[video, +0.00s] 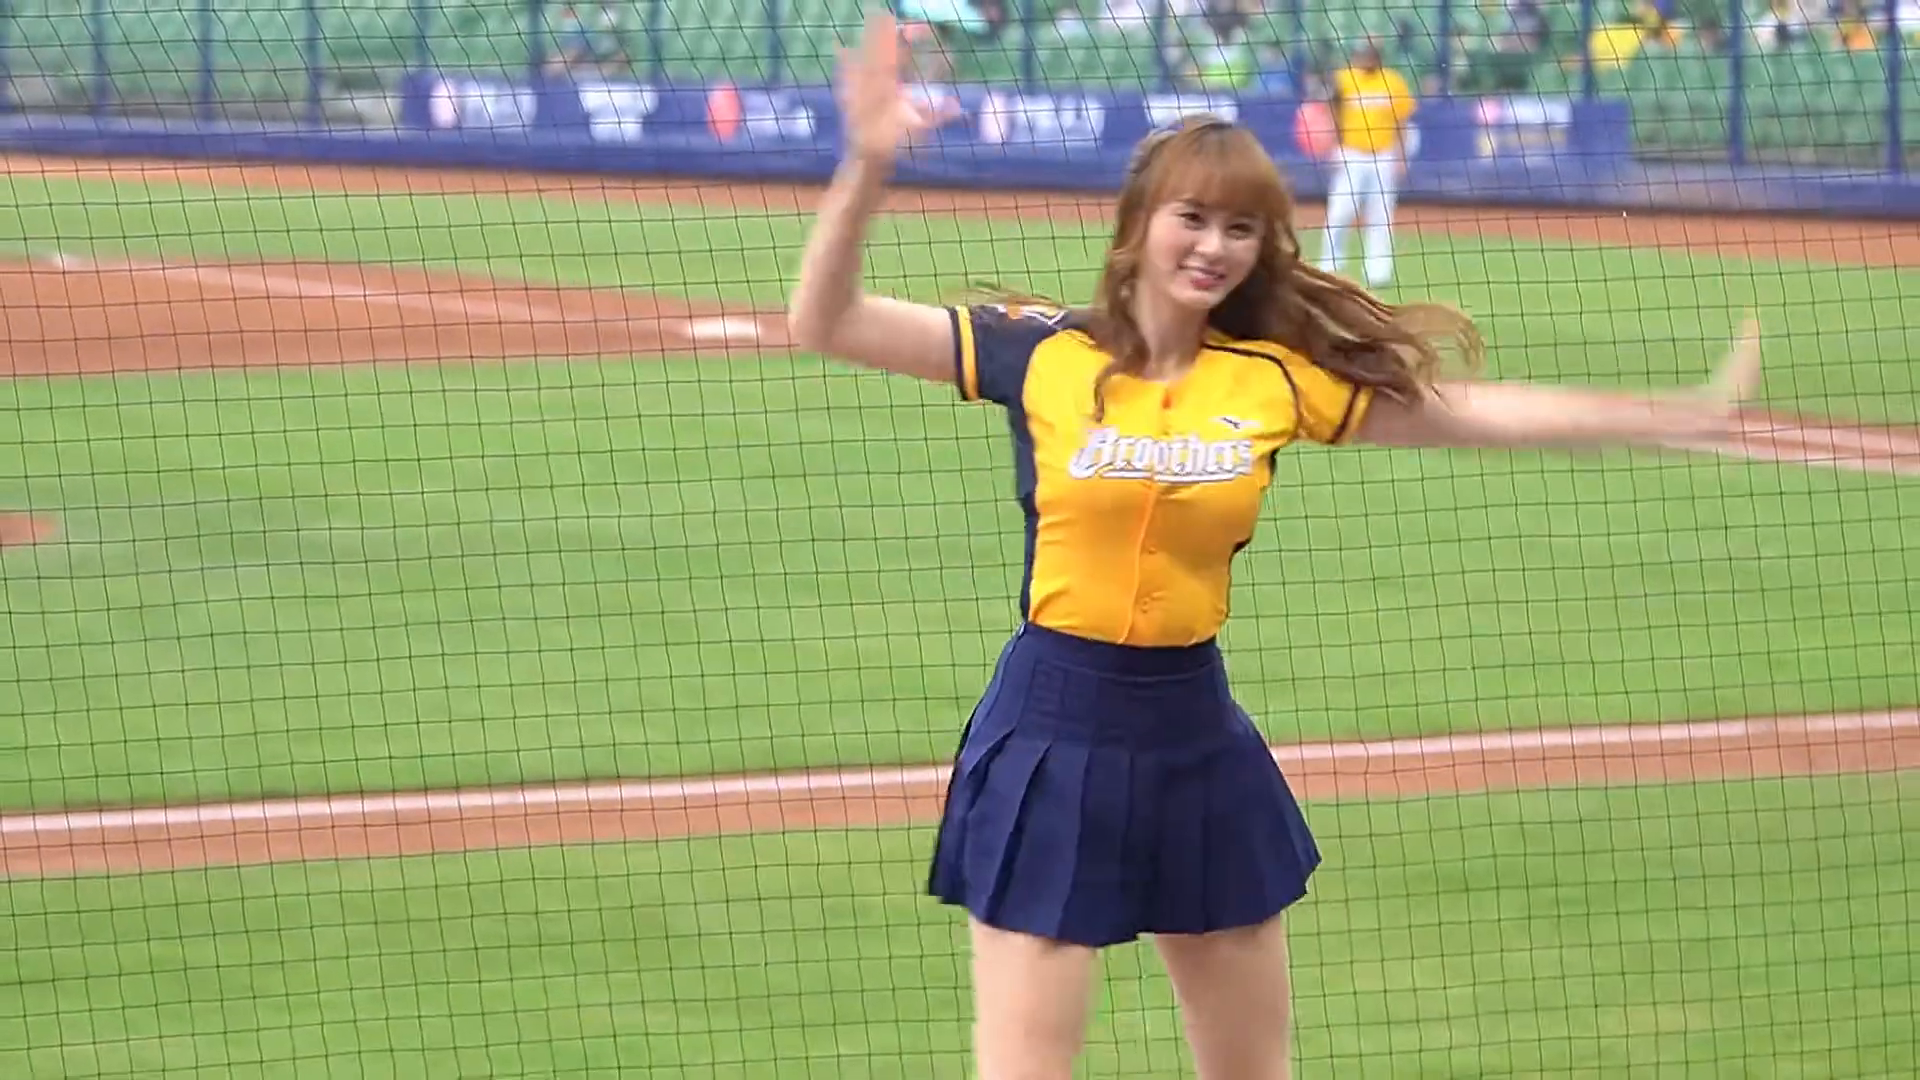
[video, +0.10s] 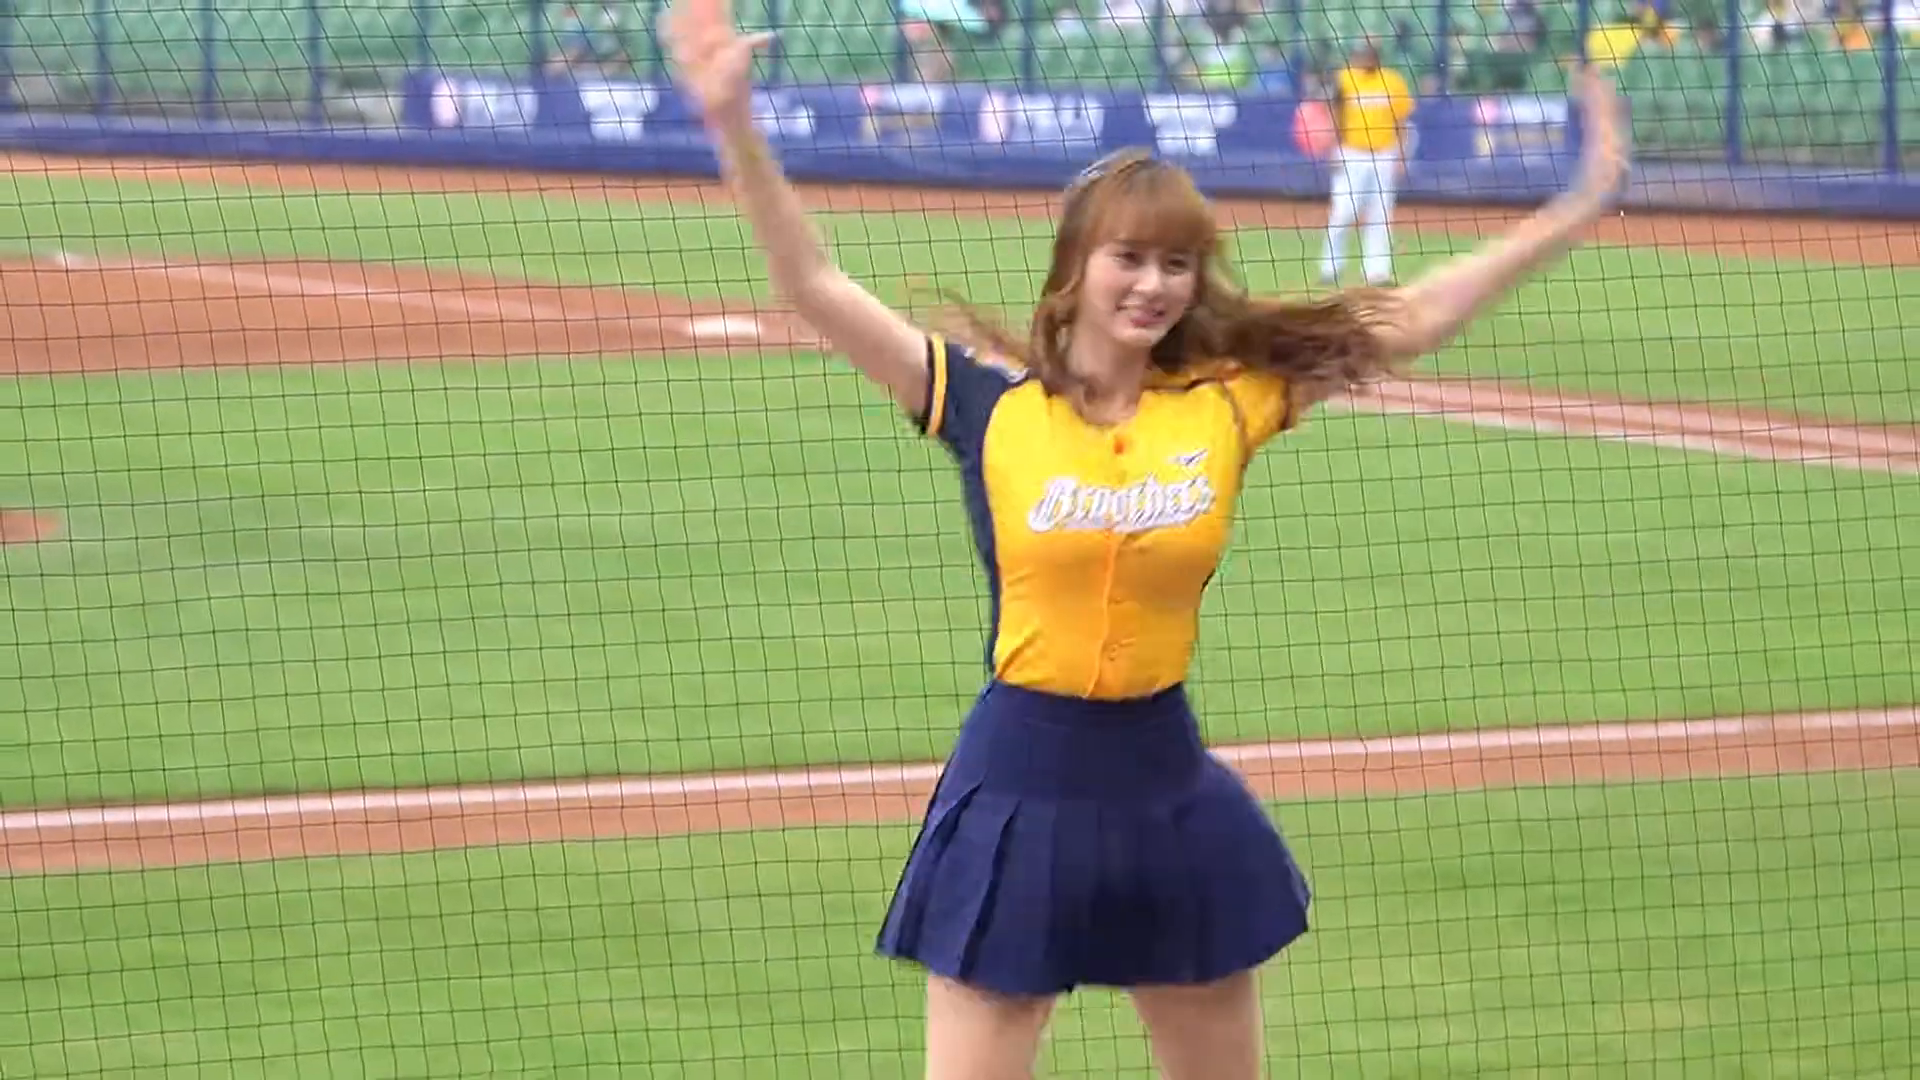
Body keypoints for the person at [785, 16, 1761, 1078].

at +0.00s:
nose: (1216, 246)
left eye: (1241, 226)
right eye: (1192, 217)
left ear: (1263, 248)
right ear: (1136, 223)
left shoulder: (1277, 379)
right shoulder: (1033, 351)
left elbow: (1477, 410)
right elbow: (821, 320)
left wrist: (1690, 416)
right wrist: (865, 168)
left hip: (1198, 740)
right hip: (1049, 733)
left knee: (1254, 1063)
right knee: (1021, 1063)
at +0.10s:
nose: (1155, 282)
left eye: (1177, 262)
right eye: (1130, 256)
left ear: (1199, 281)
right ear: (1073, 263)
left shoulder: (1230, 401)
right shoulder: (982, 398)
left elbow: (1413, 318)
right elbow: (809, 284)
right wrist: (734, 123)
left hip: (1167, 786)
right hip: (1016, 785)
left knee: (1223, 1066)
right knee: (971, 1065)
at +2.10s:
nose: (1193, 268)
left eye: (1204, 242)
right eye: (1161, 251)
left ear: (1226, 255)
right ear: (1105, 282)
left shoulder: (1214, 406)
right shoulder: (1112, 401)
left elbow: (1342, 525)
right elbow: (1236, 577)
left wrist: (1525, 595)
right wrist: (1437, 640)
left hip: (1014, 750)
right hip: (914, 740)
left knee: (1006, 1065)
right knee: (923, 1068)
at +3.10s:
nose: (1157, 249)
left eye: (1172, 225)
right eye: (1128, 228)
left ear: (1190, 238)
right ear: (1064, 247)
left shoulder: (1214, 342)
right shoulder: (1003, 393)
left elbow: (1197, 446)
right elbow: (895, 549)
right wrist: (773, 701)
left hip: (1180, 728)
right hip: (1042, 734)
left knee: (1235, 1051)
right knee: (1039, 1062)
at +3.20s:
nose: (1197, 207)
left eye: (1209, 174)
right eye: (1166, 184)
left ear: (1238, 179)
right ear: (1118, 204)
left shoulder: (1246, 317)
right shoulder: (1070, 324)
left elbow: (1284, 276)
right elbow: (910, 393)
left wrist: (1270, 220)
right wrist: (730, 451)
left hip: (1209, 688)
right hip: (1083, 682)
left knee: (1321, 1041)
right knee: (1050, 1052)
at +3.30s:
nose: (1253, 174)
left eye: (1266, 145)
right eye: (1222, 157)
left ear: (1285, 149)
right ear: (1166, 174)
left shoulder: (1300, 275)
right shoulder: (1124, 280)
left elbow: (1388, 150)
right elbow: (950, 229)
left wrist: (1463, 26)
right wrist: (797, 158)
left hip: (1255, 665)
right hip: (1129, 656)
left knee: (1351, 1052)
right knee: (1051, 1042)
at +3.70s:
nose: (1430, 241)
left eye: (1446, 219)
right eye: (1401, 219)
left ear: (1467, 240)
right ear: (1345, 239)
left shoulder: (1432, 457)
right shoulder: (1267, 372)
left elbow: (1506, 651)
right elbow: (1075, 458)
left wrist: (1587, 790)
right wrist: (1219, 368)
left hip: (1277, 745)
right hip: (1149, 723)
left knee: (1382, 1058)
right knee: (1294, 980)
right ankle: (1027, 1014)